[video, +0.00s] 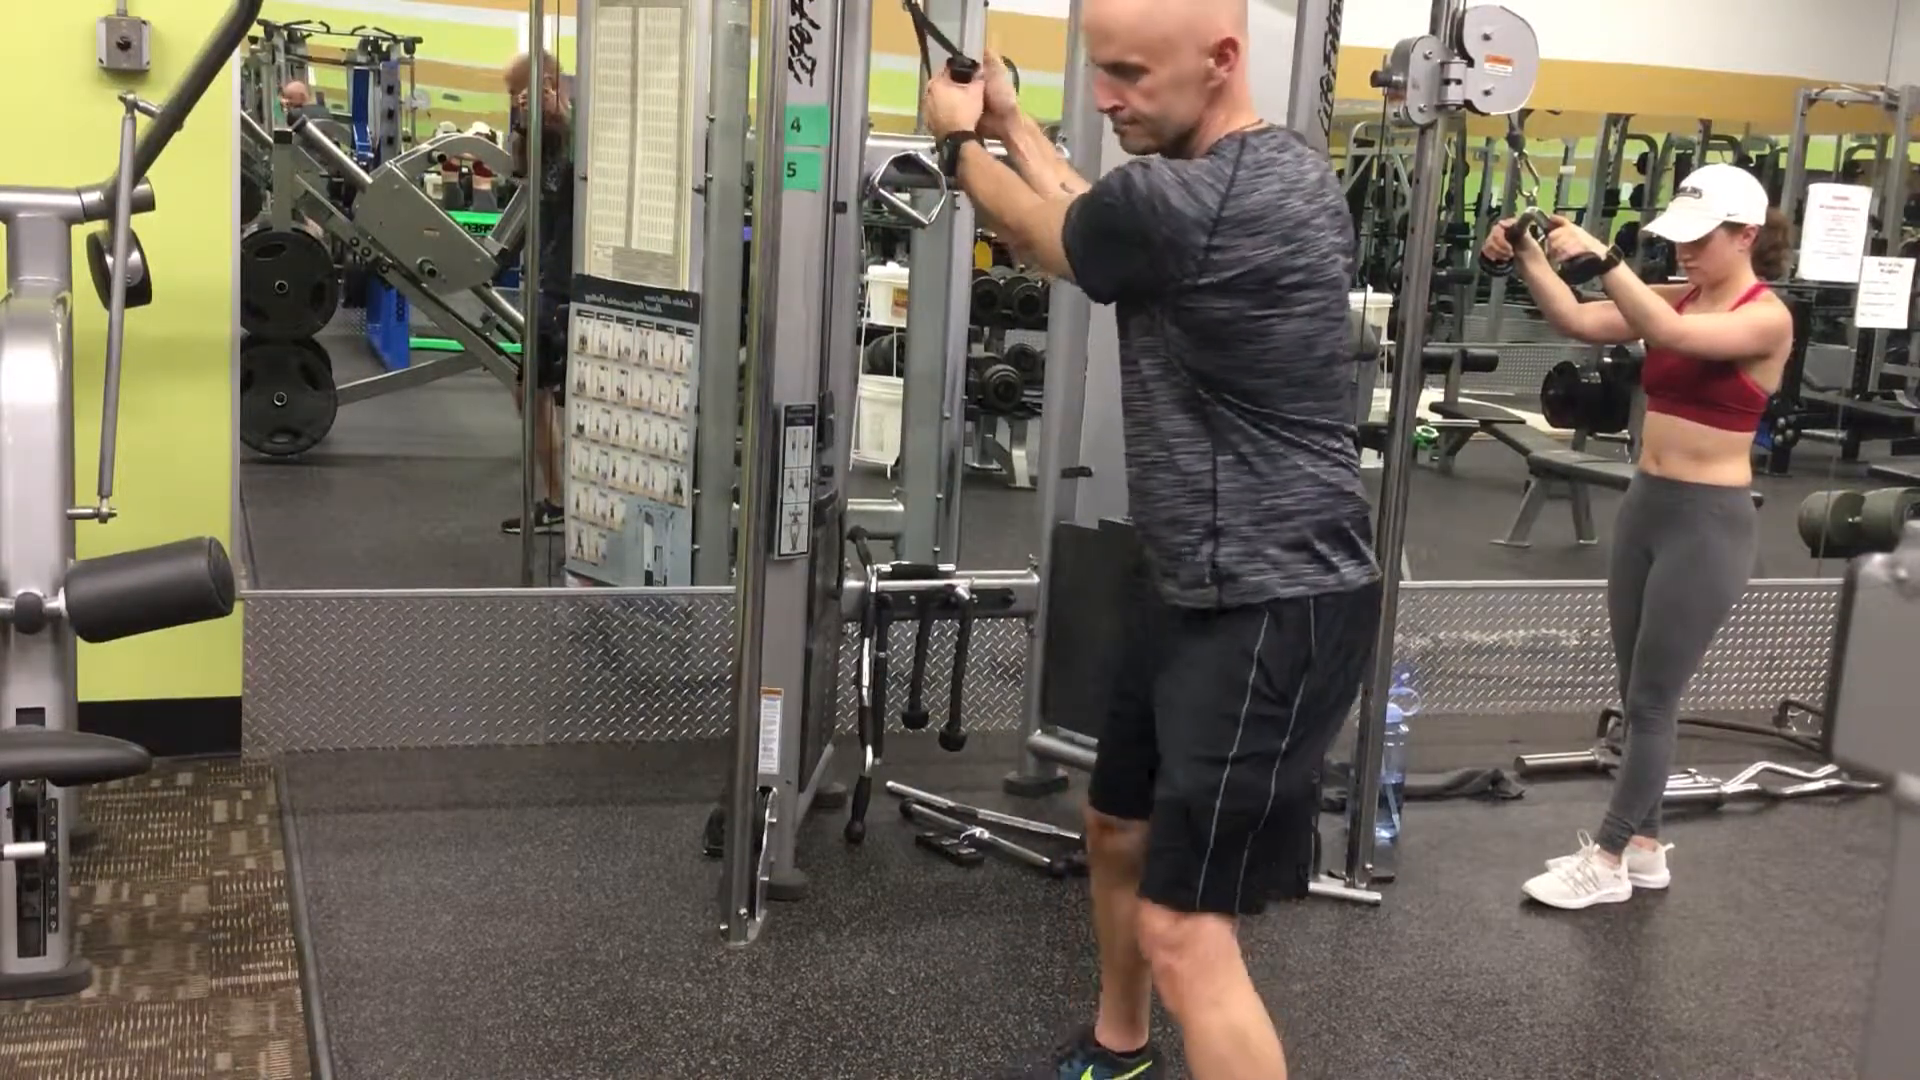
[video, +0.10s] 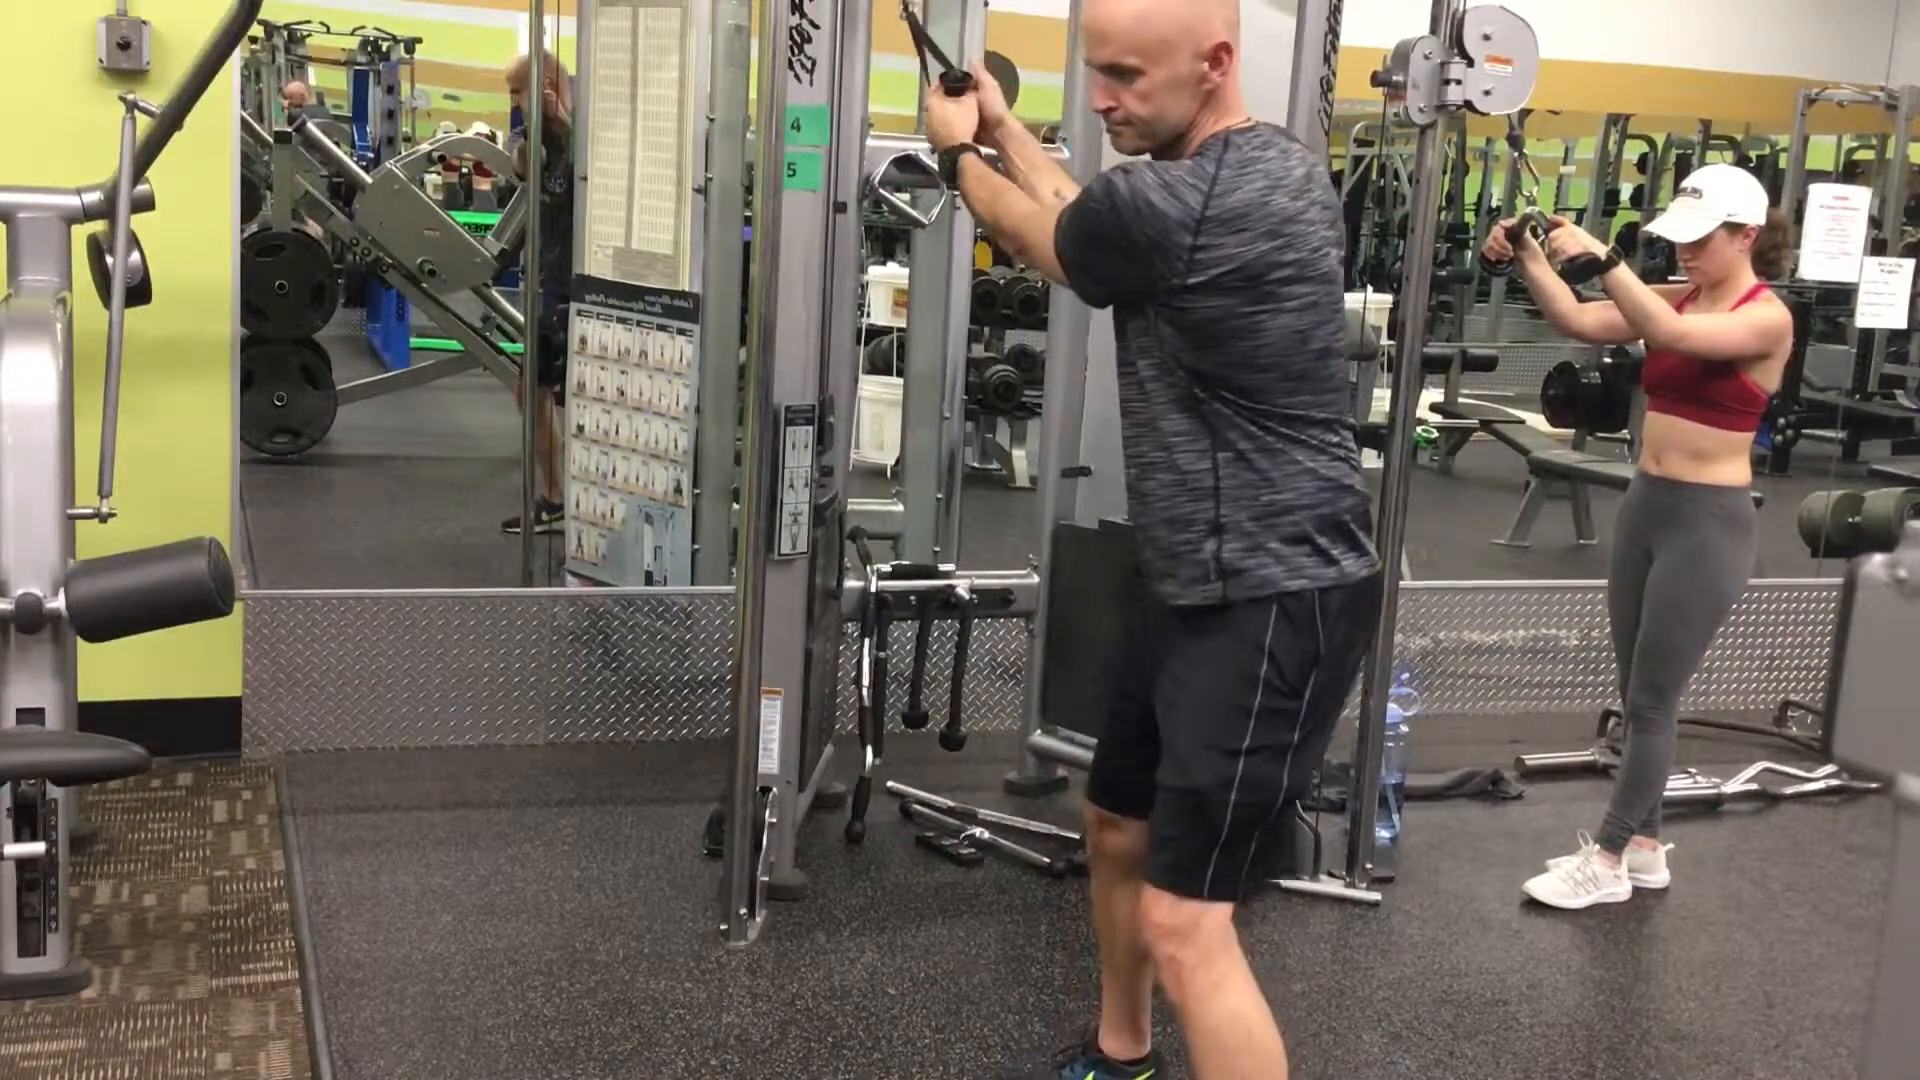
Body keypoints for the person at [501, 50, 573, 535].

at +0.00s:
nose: (519, 105)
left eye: (525, 94)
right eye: (514, 97)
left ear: (552, 89)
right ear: (517, 97)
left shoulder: (584, 137)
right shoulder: (531, 140)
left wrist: (567, 122)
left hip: (576, 283)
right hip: (542, 283)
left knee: (579, 398)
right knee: (531, 391)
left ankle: (580, 502)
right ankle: (553, 499)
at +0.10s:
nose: (513, 101)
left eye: (519, 91)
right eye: (511, 92)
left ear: (545, 89)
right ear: (550, 89)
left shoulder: (547, 139)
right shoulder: (547, 139)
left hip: (556, 285)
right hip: (552, 282)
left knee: (532, 390)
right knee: (539, 392)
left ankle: (555, 497)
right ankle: (556, 496)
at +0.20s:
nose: (512, 99)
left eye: (518, 90)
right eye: (511, 91)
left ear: (542, 88)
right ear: (550, 86)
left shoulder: (544, 135)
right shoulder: (560, 132)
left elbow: (533, 208)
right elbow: (524, 207)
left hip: (552, 280)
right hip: (554, 278)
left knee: (543, 391)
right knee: (544, 391)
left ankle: (554, 497)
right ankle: (552, 494)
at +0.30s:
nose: (513, 102)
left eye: (519, 93)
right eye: (513, 94)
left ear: (543, 88)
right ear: (552, 84)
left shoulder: (544, 132)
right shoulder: (570, 126)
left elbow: (528, 169)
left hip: (555, 281)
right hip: (564, 277)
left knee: (544, 399)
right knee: (549, 399)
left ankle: (546, 500)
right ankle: (549, 499)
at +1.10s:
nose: (477, 114)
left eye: (481, 102)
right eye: (474, 104)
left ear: (506, 96)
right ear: (496, 101)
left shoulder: (555, 139)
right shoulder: (503, 151)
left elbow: (538, 194)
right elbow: (483, 197)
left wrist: (483, 189)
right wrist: (452, 187)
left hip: (562, 280)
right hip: (533, 279)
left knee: (522, 385)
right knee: (525, 387)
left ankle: (546, 497)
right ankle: (545, 494)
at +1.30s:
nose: (470, 124)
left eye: (472, 113)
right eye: (467, 115)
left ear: (494, 105)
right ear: (496, 104)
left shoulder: (536, 147)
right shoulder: (506, 155)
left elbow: (503, 217)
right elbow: (477, 218)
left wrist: (420, 230)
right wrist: (425, 231)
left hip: (559, 292)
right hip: (545, 290)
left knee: (515, 389)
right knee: (555, 398)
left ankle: (544, 499)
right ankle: (557, 495)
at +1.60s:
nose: (449, 138)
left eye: (451, 129)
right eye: (449, 130)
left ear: (464, 124)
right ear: (490, 120)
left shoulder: (486, 166)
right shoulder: (525, 157)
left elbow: (457, 257)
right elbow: (487, 261)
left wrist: (417, 288)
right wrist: (434, 287)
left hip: (560, 291)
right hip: (588, 283)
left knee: (532, 394)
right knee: (528, 387)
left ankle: (543, 501)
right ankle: (552, 496)